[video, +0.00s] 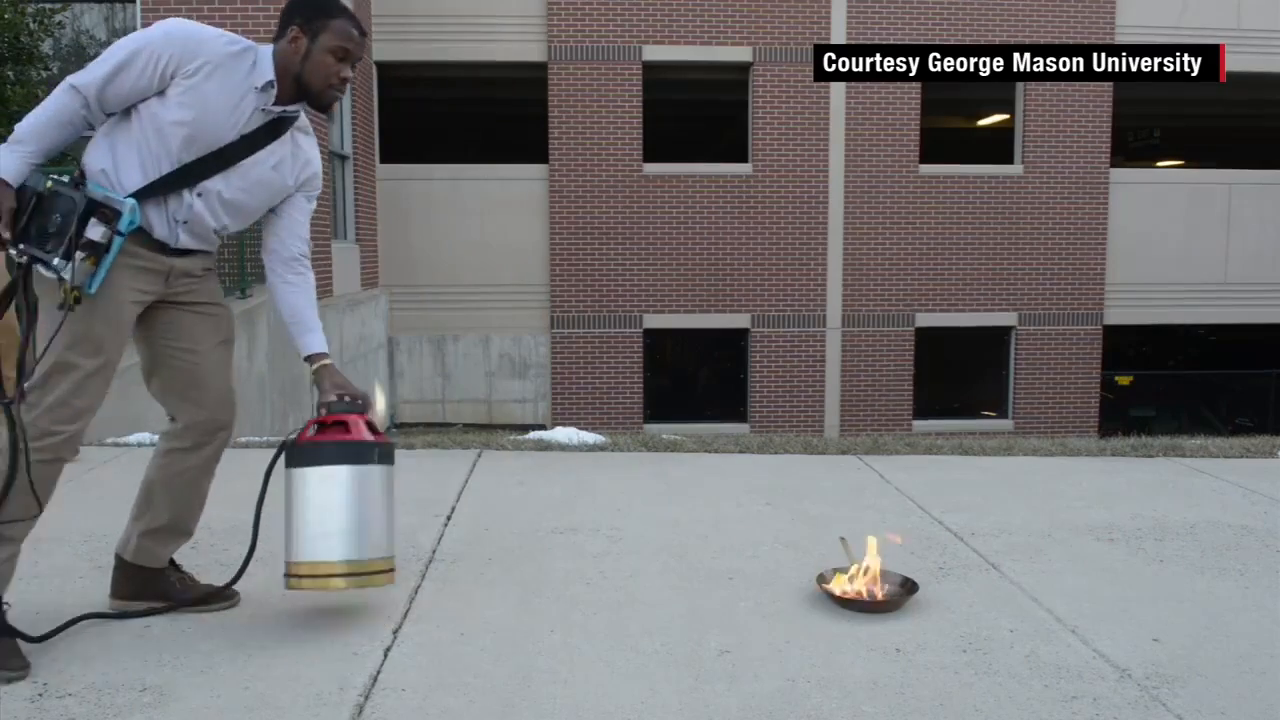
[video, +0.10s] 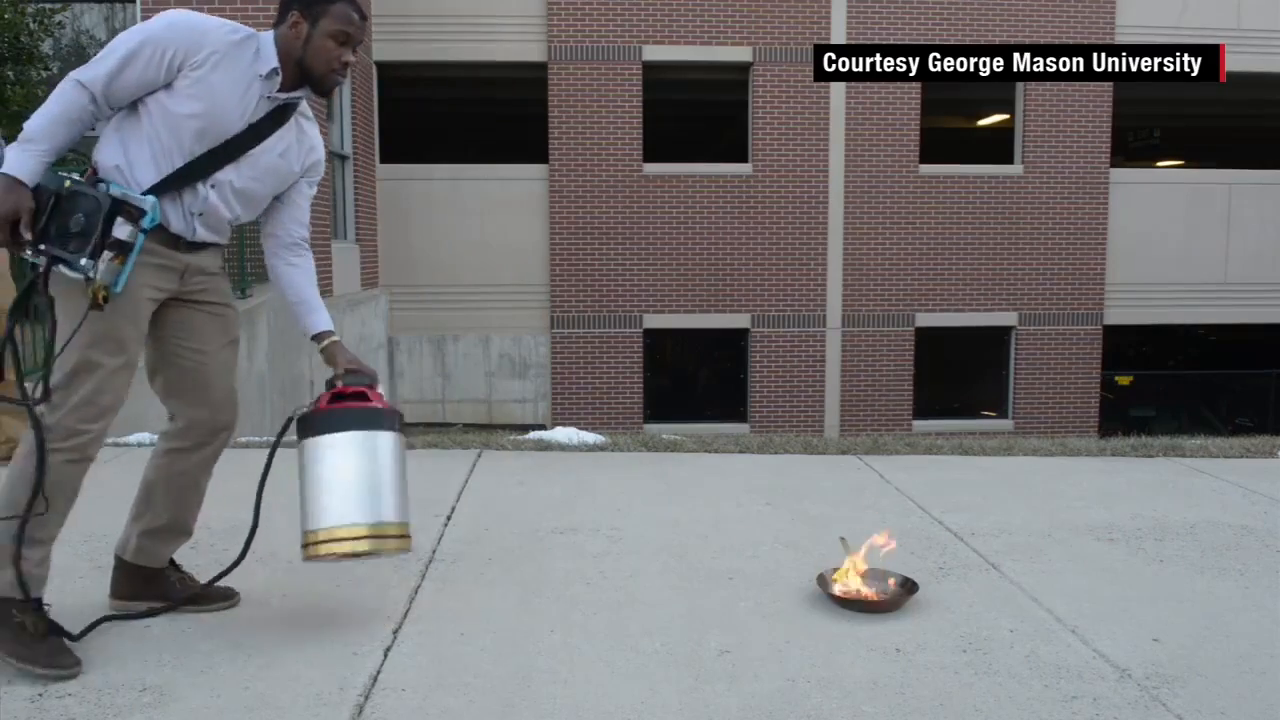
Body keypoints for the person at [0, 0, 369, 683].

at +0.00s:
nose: (349, 76)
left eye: (357, 65)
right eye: (341, 57)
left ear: (348, 68)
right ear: (293, 40)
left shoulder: (302, 163)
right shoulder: (189, 48)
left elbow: (289, 265)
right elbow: (82, 95)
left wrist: (322, 363)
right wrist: (9, 172)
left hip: (189, 271)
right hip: (104, 246)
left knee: (207, 416)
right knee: (50, 427)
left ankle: (144, 570)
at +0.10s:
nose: (352, 60)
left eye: (358, 49)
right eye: (342, 40)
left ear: (350, 55)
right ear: (293, 25)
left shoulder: (304, 149)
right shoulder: (197, 38)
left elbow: (290, 251)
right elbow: (89, 88)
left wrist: (332, 346)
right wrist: (18, 172)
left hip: (199, 267)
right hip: (115, 243)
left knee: (208, 415)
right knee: (74, 422)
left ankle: (144, 570)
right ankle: (13, 597)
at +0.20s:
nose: (350, 35)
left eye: (356, 23)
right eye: (340, 17)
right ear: (293, 6)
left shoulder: (307, 124)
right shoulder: (205, 26)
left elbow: (291, 227)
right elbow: (97, 83)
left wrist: (342, 311)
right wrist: (43, 176)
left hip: (215, 261)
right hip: (139, 241)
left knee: (207, 415)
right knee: (127, 418)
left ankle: (147, 566)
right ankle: (87, 601)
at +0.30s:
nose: (354, 23)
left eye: (359, 12)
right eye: (344, 7)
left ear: (322, 14)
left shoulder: (312, 110)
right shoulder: (207, 20)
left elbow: (295, 214)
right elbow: (104, 83)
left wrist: (348, 288)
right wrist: (63, 180)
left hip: (228, 258)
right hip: (157, 245)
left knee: (215, 419)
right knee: (166, 417)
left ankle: (155, 570)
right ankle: (154, 604)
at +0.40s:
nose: (357, 10)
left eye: (359, 3)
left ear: (333, 8)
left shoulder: (322, 92)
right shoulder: (213, 16)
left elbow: (309, 199)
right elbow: (114, 93)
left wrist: (374, 275)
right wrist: (97, 195)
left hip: (252, 255)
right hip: (187, 246)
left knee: (216, 411)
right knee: (225, 418)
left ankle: (142, 562)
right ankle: (262, 598)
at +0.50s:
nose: (362, 8)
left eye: (363, 1)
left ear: (342, 7)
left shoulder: (335, 82)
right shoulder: (222, 15)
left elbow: (326, 192)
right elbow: (130, 101)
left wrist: (390, 265)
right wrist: (126, 204)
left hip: (272, 257)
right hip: (214, 249)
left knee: (214, 419)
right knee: (262, 424)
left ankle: (145, 562)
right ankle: (312, 598)